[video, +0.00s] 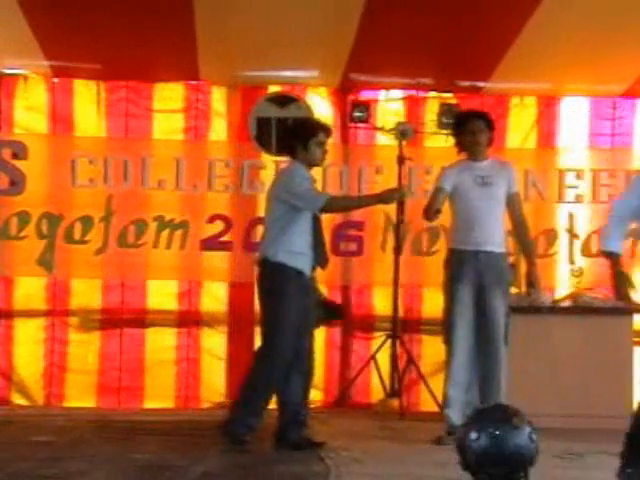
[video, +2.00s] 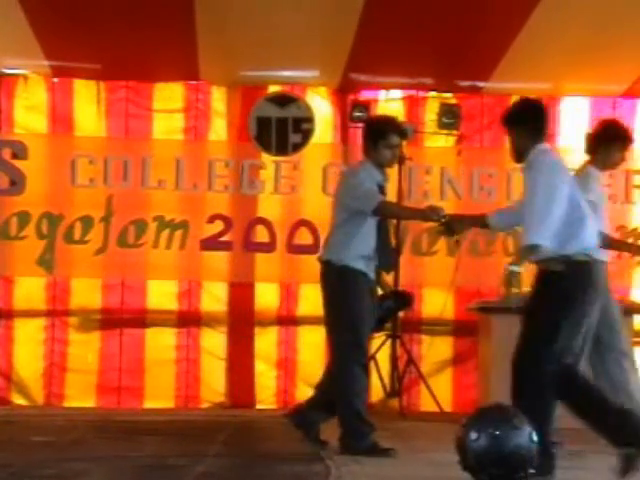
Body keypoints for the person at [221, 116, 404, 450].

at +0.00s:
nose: (325, 151)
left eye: (325, 145)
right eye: (320, 145)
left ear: (311, 149)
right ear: (303, 146)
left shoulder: (300, 180)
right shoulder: (291, 177)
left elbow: (297, 247)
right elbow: (327, 205)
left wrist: (313, 292)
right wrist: (381, 197)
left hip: (295, 274)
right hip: (281, 271)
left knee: (297, 353)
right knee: (278, 350)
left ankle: (292, 431)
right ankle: (239, 426)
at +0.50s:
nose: (337, 154)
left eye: (338, 148)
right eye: (332, 148)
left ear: (324, 151)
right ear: (313, 148)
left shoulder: (312, 179)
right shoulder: (305, 176)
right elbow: (346, 197)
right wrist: (399, 196)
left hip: (300, 271)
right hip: (286, 268)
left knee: (302, 354)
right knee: (286, 350)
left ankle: (294, 432)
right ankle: (254, 428)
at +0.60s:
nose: (339, 155)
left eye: (340, 149)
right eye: (333, 149)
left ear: (323, 152)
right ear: (315, 149)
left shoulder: (312, 179)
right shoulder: (306, 177)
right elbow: (348, 196)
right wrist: (400, 195)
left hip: (301, 270)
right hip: (288, 268)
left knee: (302, 352)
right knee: (289, 349)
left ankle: (293, 432)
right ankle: (254, 427)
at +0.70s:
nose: (339, 155)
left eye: (340, 149)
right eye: (334, 148)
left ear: (329, 153)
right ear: (317, 149)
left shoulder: (313, 179)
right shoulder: (307, 177)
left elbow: (349, 196)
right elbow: (350, 195)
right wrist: (399, 194)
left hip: (301, 269)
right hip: (289, 268)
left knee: (302, 351)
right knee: (294, 350)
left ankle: (293, 431)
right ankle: (256, 423)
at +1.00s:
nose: (344, 155)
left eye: (346, 149)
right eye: (338, 148)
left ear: (340, 152)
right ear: (320, 149)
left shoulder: (316, 178)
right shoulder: (311, 176)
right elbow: (347, 195)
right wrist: (394, 194)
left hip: (303, 267)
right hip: (297, 266)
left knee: (307, 343)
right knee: (319, 342)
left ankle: (296, 429)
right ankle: (302, 431)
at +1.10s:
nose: (346, 156)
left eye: (348, 150)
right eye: (341, 149)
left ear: (342, 152)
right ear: (323, 149)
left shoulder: (320, 181)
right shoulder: (313, 177)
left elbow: (317, 247)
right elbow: (347, 195)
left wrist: (330, 301)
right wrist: (395, 194)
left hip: (307, 268)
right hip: (300, 266)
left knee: (307, 347)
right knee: (321, 345)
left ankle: (295, 428)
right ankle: (325, 428)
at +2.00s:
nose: (398, 155)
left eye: (399, 148)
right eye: (393, 147)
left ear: (385, 149)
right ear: (374, 146)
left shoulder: (369, 181)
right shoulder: (359, 178)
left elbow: (363, 239)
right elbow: (381, 208)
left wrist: (374, 281)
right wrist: (422, 214)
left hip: (356, 272)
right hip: (344, 270)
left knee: (352, 353)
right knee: (353, 353)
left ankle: (309, 415)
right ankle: (356, 436)